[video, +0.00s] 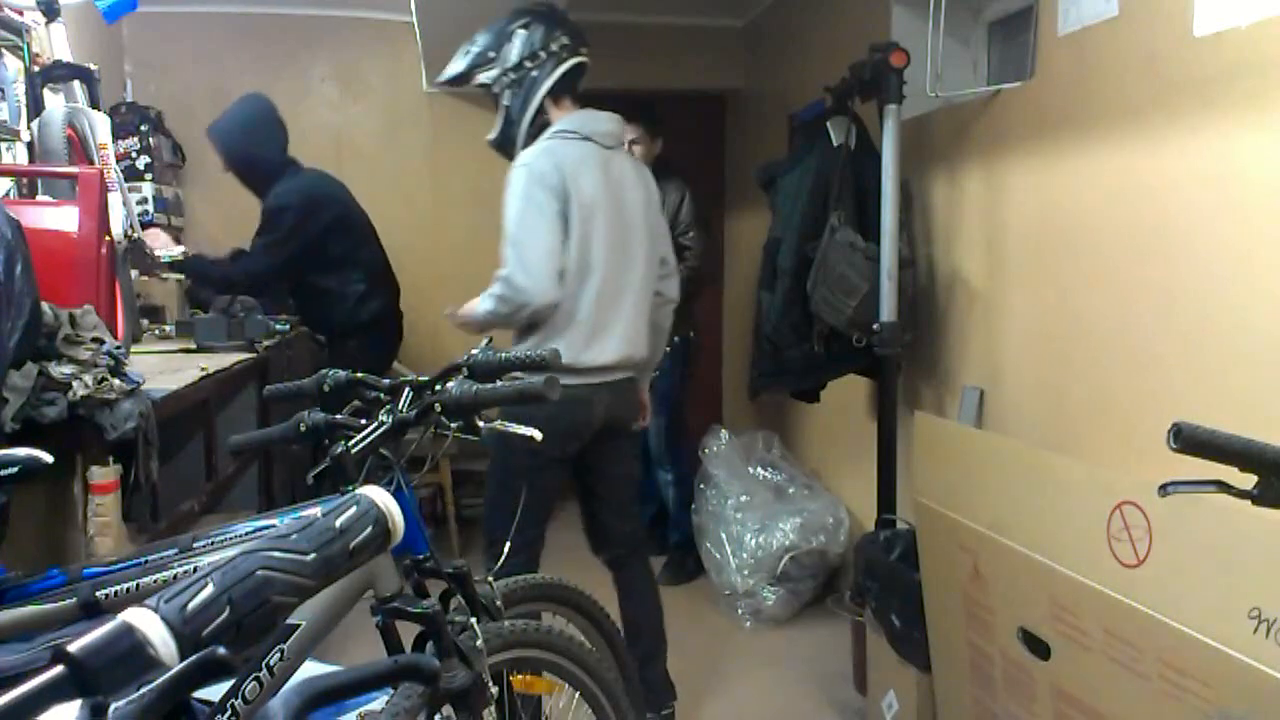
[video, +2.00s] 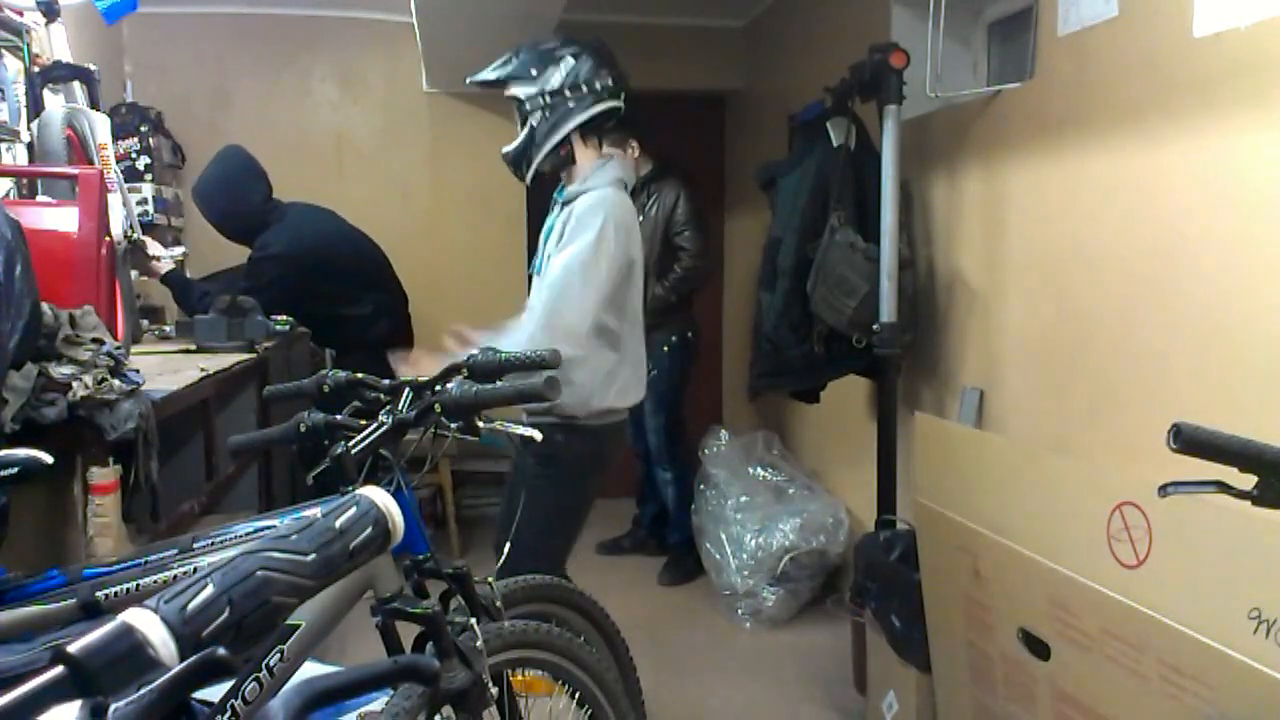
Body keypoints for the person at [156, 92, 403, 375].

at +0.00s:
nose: (225, 169)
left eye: (228, 156)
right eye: (224, 158)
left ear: (248, 151)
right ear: (267, 143)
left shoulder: (292, 200)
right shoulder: (309, 186)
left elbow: (253, 278)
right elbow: (266, 271)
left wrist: (178, 260)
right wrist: (196, 263)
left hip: (356, 343)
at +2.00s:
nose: (218, 226)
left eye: (216, 217)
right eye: (213, 217)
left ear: (230, 213)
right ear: (257, 190)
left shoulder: (277, 254)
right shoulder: (299, 217)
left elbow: (224, 311)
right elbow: (247, 286)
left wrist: (164, 272)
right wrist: (181, 282)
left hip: (369, 361)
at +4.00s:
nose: (204, 226)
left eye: (202, 217)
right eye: (199, 218)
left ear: (219, 215)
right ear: (244, 193)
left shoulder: (271, 250)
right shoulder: (279, 216)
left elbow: (227, 312)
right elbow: (241, 275)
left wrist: (169, 274)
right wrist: (186, 256)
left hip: (368, 351)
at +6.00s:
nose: (211, 223)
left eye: (209, 212)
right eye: (206, 214)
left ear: (225, 207)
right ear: (254, 191)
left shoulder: (268, 249)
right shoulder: (294, 219)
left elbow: (221, 319)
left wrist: (167, 276)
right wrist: (218, 274)